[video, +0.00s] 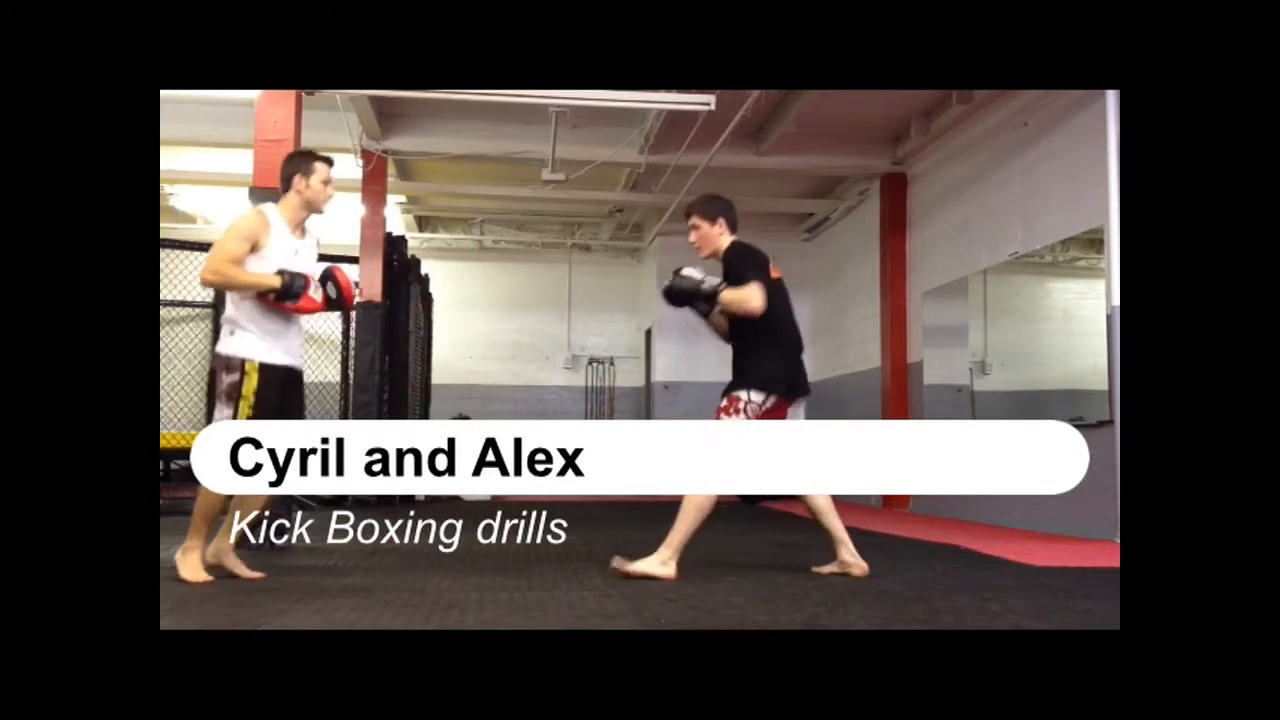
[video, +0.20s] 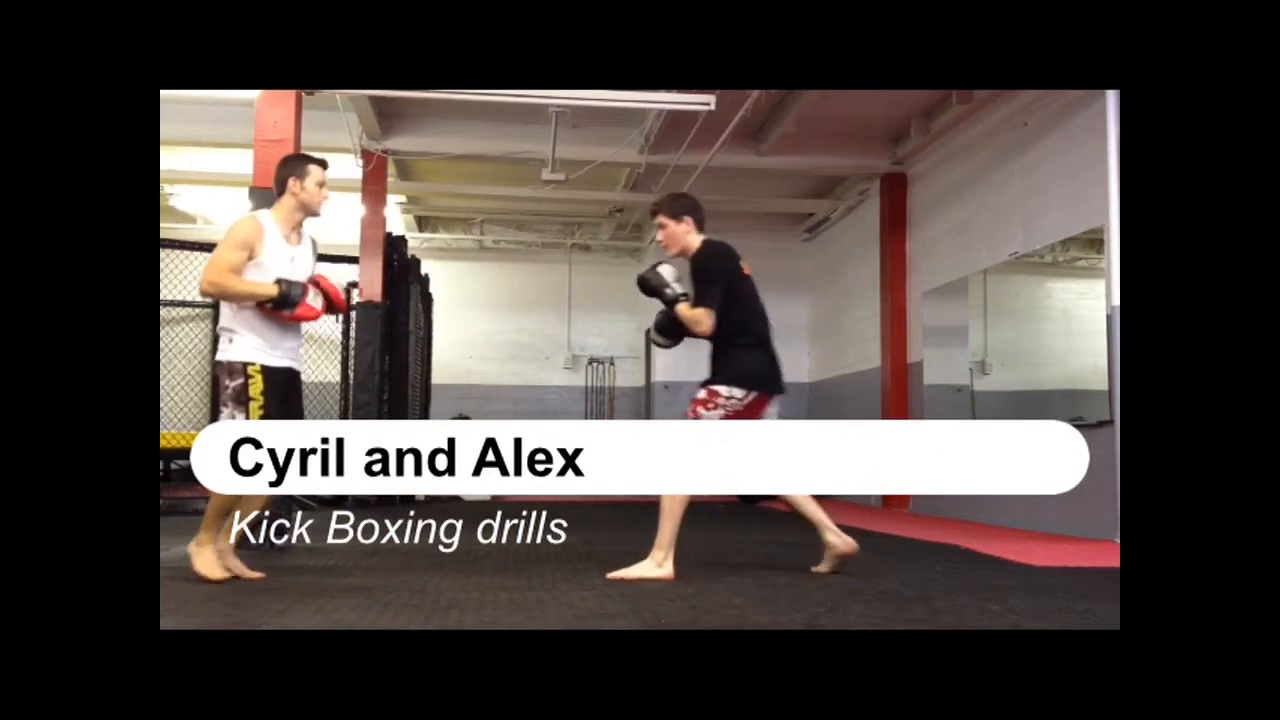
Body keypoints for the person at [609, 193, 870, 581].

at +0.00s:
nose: (691, 238)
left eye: (696, 229)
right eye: (689, 230)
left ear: (720, 225)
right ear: (721, 228)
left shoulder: (740, 254)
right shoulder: (743, 265)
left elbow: (755, 302)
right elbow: (733, 332)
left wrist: (708, 288)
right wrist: (704, 306)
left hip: (761, 380)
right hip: (784, 379)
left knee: (711, 465)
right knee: (801, 466)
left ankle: (665, 557)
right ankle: (848, 553)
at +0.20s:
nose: (657, 237)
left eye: (662, 227)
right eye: (656, 229)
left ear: (687, 224)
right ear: (689, 226)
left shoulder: (710, 255)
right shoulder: (715, 256)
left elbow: (704, 323)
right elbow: (714, 318)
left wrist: (674, 299)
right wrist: (681, 324)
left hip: (738, 376)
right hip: (757, 376)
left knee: (681, 456)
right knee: (764, 461)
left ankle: (660, 558)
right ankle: (834, 536)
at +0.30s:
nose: (646, 233)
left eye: (650, 223)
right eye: (644, 224)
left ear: (674, 218)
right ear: (675, 220)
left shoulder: (691, 252)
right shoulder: (707, 248)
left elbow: (688, 319)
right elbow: (707, 313)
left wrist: (657, 295)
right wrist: (671, 311)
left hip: (727, 371)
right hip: (745, 369)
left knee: (674, 449)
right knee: (732, 451)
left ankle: (660, 557)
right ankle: (799, 531)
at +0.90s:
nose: (618, 223)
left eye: (622, 213)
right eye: (616, 214)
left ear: (645, 208)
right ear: (649, 211)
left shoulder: (662, 243)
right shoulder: (680, 242)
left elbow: (662, 306)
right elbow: (665, 306)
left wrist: (621, 282)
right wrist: (625, 282)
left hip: (682, 369)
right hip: (707, 368)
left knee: (635, 453)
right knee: (702, 454)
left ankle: (617, 558)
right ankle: (743, 544)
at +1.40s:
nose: (606, 224)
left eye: (609, 214)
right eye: (605, 216)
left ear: (631, 211)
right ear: (641, 213)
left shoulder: (640, 244)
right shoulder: (674, 244)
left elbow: (614, 301)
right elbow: (646, 299)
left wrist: (578, 275)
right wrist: (605, 267)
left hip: (654, 363)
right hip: (685, 365)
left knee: (587, 436)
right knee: (681, 454)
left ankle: (568, 536)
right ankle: (713, 549)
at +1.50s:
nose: (595, 218)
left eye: (598, 210)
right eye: (595, 211)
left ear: (618, 207)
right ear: (632, 208)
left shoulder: (609, 239)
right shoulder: (668, 236)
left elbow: (548, 266)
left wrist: (520, 237)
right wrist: (602, 236)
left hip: (641, 360)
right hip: (680, 359)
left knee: (590, 450)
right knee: (682, 452)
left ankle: (573, 555)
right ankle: (712, 549)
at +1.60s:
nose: (583, 219)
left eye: (584, 213)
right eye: (582, 214)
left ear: (605, 207)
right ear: (619, 206)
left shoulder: (597, 232)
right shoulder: (658, 235)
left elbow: (527, 248)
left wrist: (493, 228)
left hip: (634, 362)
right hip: (672, 360)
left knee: (586, 453)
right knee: (662, 450)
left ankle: (572, 559)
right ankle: (707, 541)